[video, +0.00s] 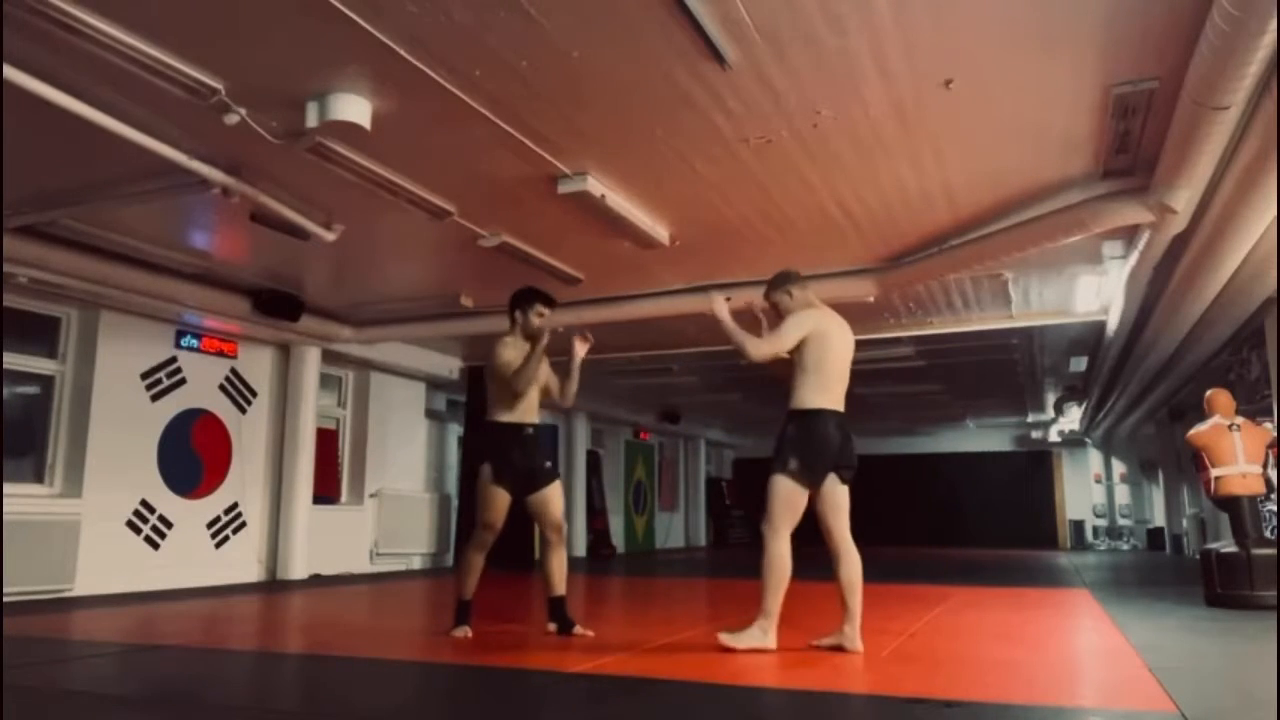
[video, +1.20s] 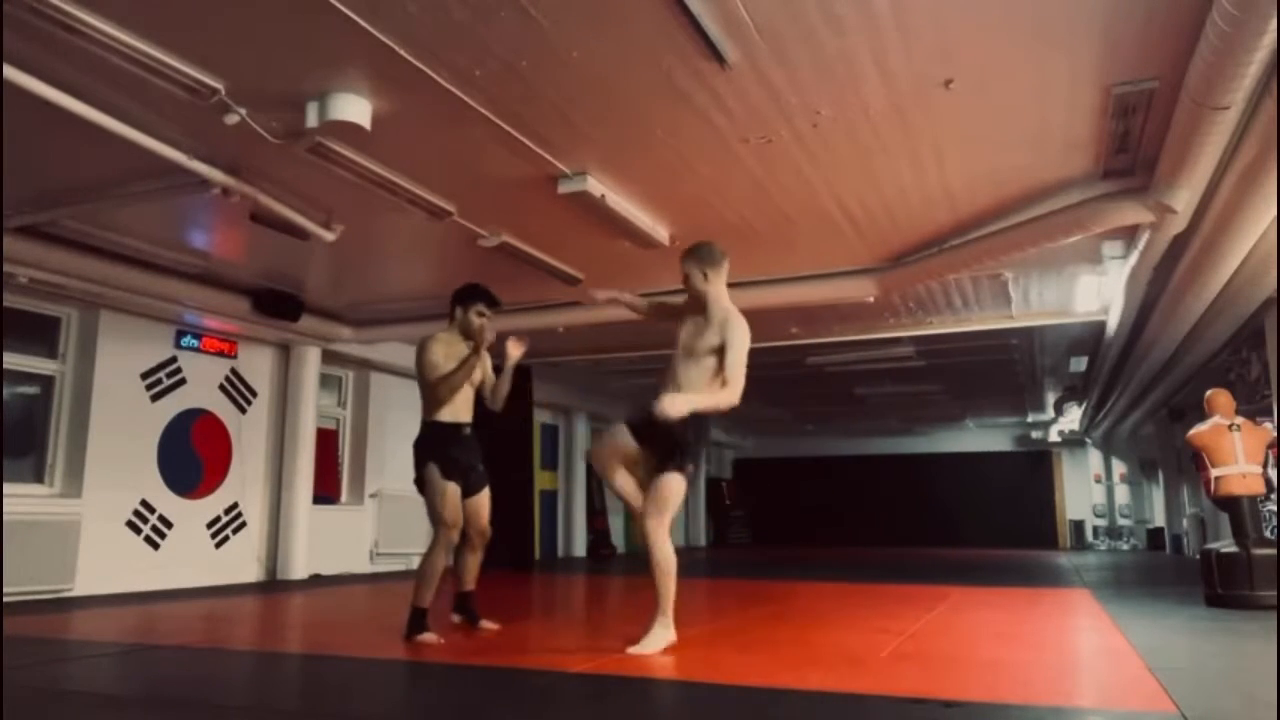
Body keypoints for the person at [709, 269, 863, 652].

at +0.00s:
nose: (778, 313)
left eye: (778, 305)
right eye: (775, 307)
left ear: (793, 292)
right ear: (804, 289)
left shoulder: (809, 319)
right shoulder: (841, 326)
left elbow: (759, 350)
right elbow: (793, 354)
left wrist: (724, 317)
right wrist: (767, 323)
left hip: (805, 432)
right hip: (836, 434)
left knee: (776, 530)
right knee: (841, 537)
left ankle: (765, 628)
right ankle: (852, 631)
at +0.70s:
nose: (745, 317)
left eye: (745, 311)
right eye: (742, 312)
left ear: (757, 298)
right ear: (774, 294)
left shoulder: (763, 324)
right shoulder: (811, 333)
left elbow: (704, 350)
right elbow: (777, 355)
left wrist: (695, 314)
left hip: (773, 438)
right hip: (809, 439)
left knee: (720, 519)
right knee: (829, 539)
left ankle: (735, 619)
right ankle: (852, 632)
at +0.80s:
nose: (738, 317)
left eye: (737, 310)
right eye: (735, 311)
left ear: (751, 298)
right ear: (766, 295)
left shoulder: (753, 328)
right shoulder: (800, 336)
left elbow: (717, 377)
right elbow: (771, 375)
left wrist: (696, 363)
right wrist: (730, 358)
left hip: (760, 442)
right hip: (795, 441)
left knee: (708, 524)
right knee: (825, 540)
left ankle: (679, 621)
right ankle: (850, 632)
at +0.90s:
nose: (726, 315)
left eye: (726, 308)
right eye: (725, 308)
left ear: (737, 303)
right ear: (759, 302)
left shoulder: (740, 337)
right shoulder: (785, 345)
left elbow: (735, 398)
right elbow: (731, 384)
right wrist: (695, 359)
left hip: (743, 449)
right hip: (778, 448)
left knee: (680, 525)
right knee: (811, 542)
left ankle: (670, 629)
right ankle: (848, 630)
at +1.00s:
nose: (708, 308)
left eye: (711, 300)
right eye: (707, 301)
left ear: (728, 296)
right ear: (736, 296)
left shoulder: (735, 340)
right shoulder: (739, 338)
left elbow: (742, 411)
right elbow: (690, 352)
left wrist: (706, 457)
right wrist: (667, 315)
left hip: (719, 449)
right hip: (744, 450)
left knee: (657, 532)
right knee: (768, 542)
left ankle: (667, 631)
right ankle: (834, 614)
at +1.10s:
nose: (694, 298)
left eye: (697, 290)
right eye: (693, 290)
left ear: (718, 286)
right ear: (717, 286)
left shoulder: (731, 333)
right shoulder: (709, 327)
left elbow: (746, 400)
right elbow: (662, 320)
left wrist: (703, 431)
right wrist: (630, 293)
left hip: (702, 447)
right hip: (690, 440)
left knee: (652, 533)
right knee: (690, 528)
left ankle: (667, 631)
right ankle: (761, 572)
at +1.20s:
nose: (685, 286)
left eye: (688, 279)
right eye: (685, 280)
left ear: (705, 275)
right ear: (711, 274)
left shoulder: (734, 324)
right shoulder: (695, 309)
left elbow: (732, 393)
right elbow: (653, 310)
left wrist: (685, 401)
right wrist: (614, 296)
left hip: (690, 423)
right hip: (660, 411)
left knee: (655, 522)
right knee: (603, 454)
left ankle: (665, 625)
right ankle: (652, 516)